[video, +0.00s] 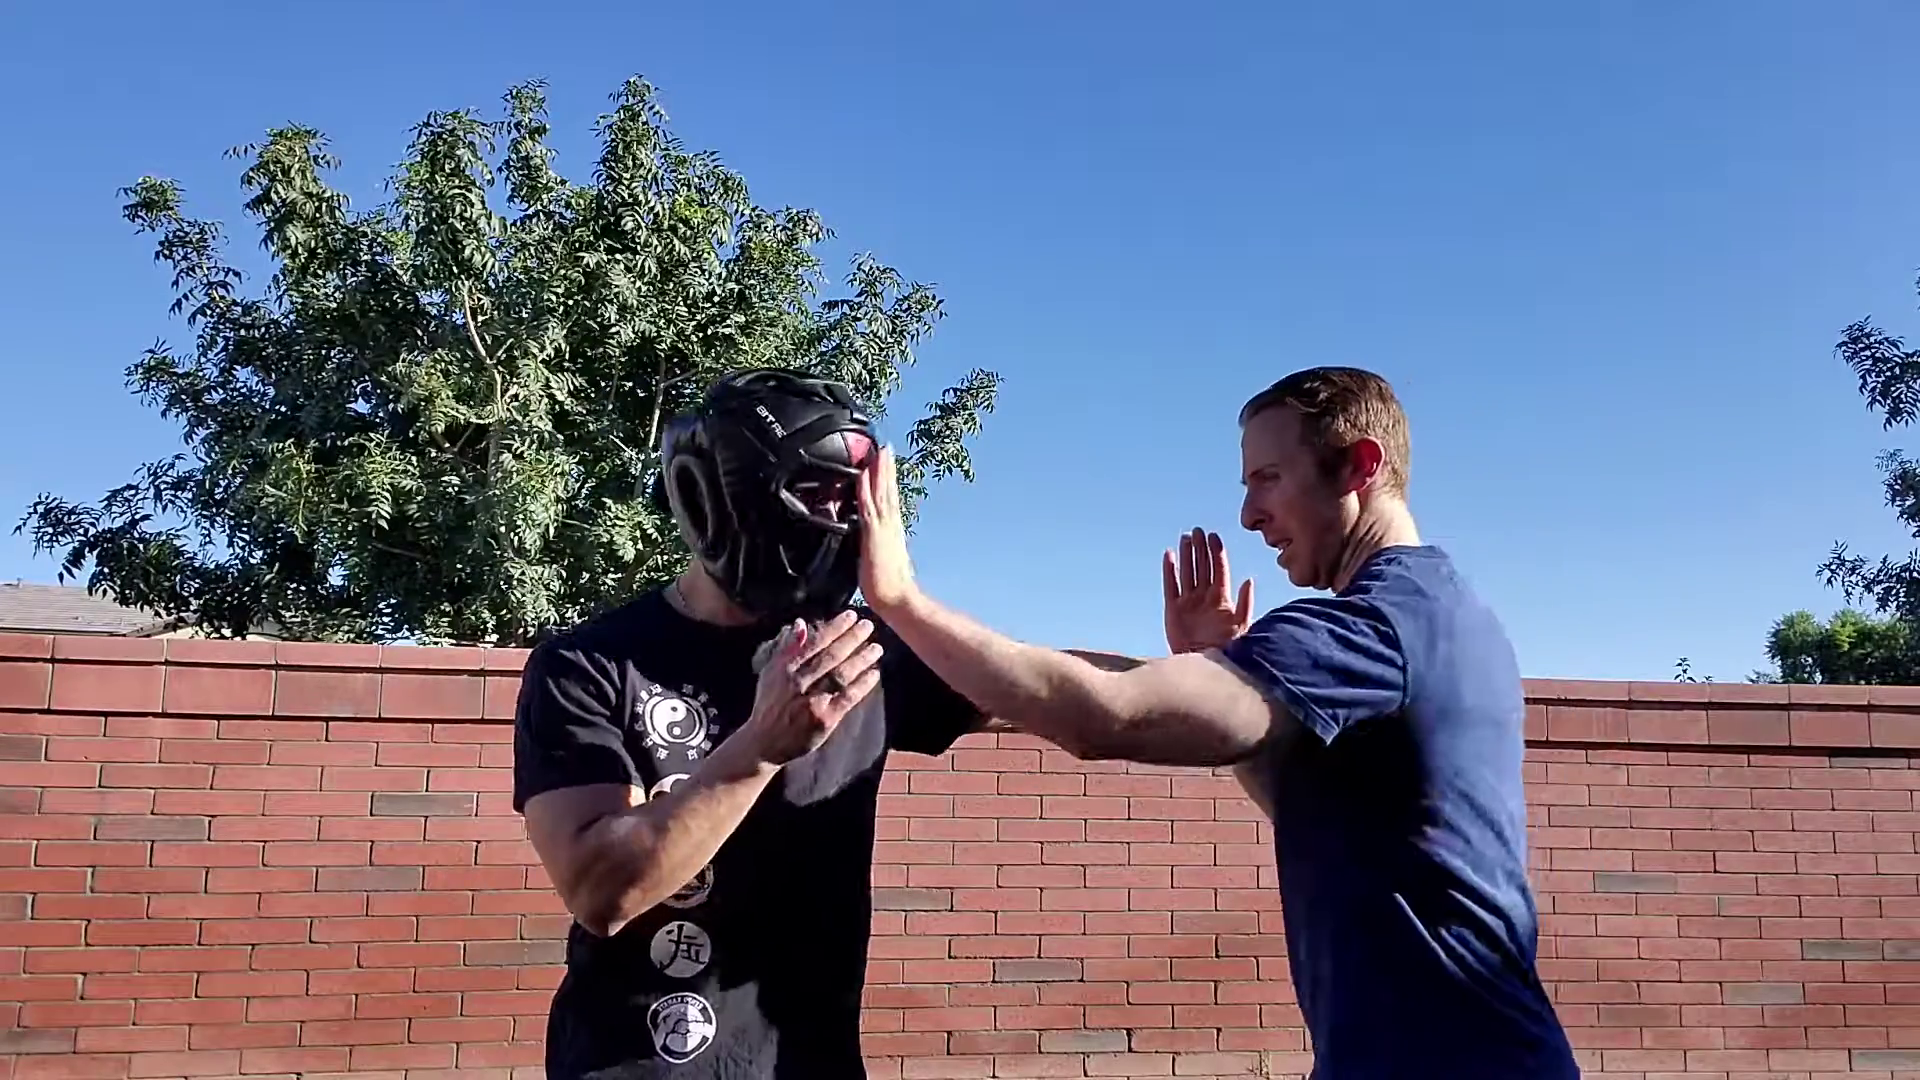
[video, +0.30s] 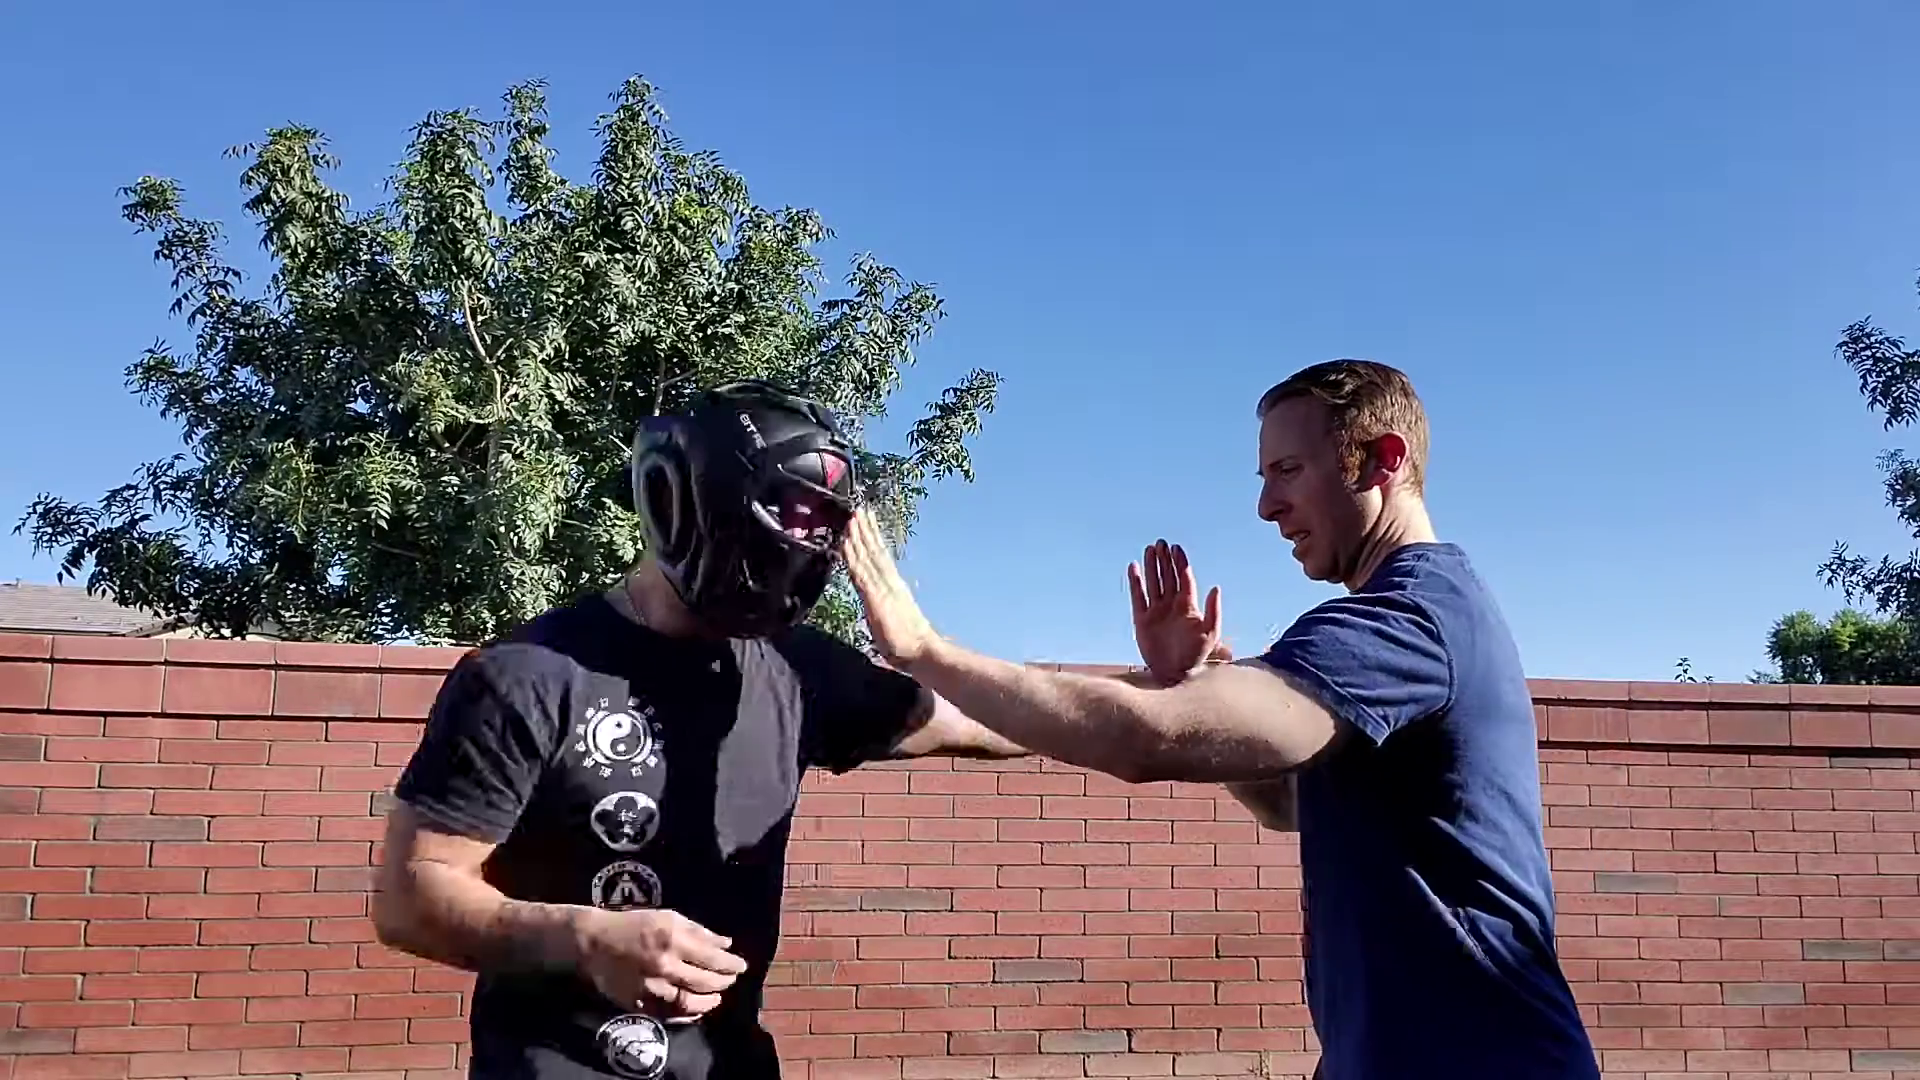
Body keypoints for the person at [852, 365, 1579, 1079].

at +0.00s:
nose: (1250, 514)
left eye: (1268, 482)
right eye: (1249, 486)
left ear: (1362, 471)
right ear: (1365, 476)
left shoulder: (1382, 617)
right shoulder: (1443, 612)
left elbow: (1103, 712)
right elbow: (1324, 820)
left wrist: (899, 599)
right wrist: (1213, 681)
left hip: (1431, 1053)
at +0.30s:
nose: (1267, 504)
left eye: (1287, 470)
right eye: (1266, 477)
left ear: (1379, 463)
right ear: (1369, 470)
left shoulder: (1424, 606)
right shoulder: (1384, 614)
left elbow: (1158, 731)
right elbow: (1310, 808)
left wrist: (926, 649)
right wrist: (1197, 688)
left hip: (1473, 1053)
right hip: (1386, 1050)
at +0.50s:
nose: (1267, 502)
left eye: (1288, 467)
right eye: (1269, 473)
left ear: (1382, 462)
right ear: (1381, 469)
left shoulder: (1440, 621)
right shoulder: (1386, 623)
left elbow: (1247, 817)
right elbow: (1260, 796)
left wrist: (1056, 706)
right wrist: (1147, 710)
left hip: (1478, 1056)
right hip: (1395, 1052)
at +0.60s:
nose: (1291, 493)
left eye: (1310, 460)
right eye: (1293, 465)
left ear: (1404, 453)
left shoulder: (1503, 616)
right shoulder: (1327, 651)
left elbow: (1407, 860)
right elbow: (1188, 783)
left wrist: (1232, 704)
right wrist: (1066, 696)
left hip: (1506, 1050)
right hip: (1361, 1047)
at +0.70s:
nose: (1317, 496)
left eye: (1334, 462)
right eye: (1320, 467)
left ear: (1425, 455)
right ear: (1423, 459)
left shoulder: (1552, 619)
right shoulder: (1354, 640)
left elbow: (1462, 846)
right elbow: (1207, 789)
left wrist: (1292, 704)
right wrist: (1053, 751)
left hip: (1539, 1052)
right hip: (1376, 1047)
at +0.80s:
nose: (1321, 499)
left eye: (1338, 464)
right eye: (1324, 472)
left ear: (1428, 458)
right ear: (1427, 461)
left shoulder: (1534, 609)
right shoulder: (1370, 647)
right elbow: (1190, 799)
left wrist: (1210, 680)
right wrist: (1033, 730)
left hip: (1530, 1052)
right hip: (1382, 1050)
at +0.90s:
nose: (1312, 502)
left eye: (1331, 468)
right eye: (1315, 473)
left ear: (1418, 460)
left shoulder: (1486, 603)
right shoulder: (1425, 621)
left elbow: (1222, 680)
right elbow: (1253, 768)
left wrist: (1079, 608)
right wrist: (1106, 708)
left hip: (1497, 1040)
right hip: (1389, 1036)